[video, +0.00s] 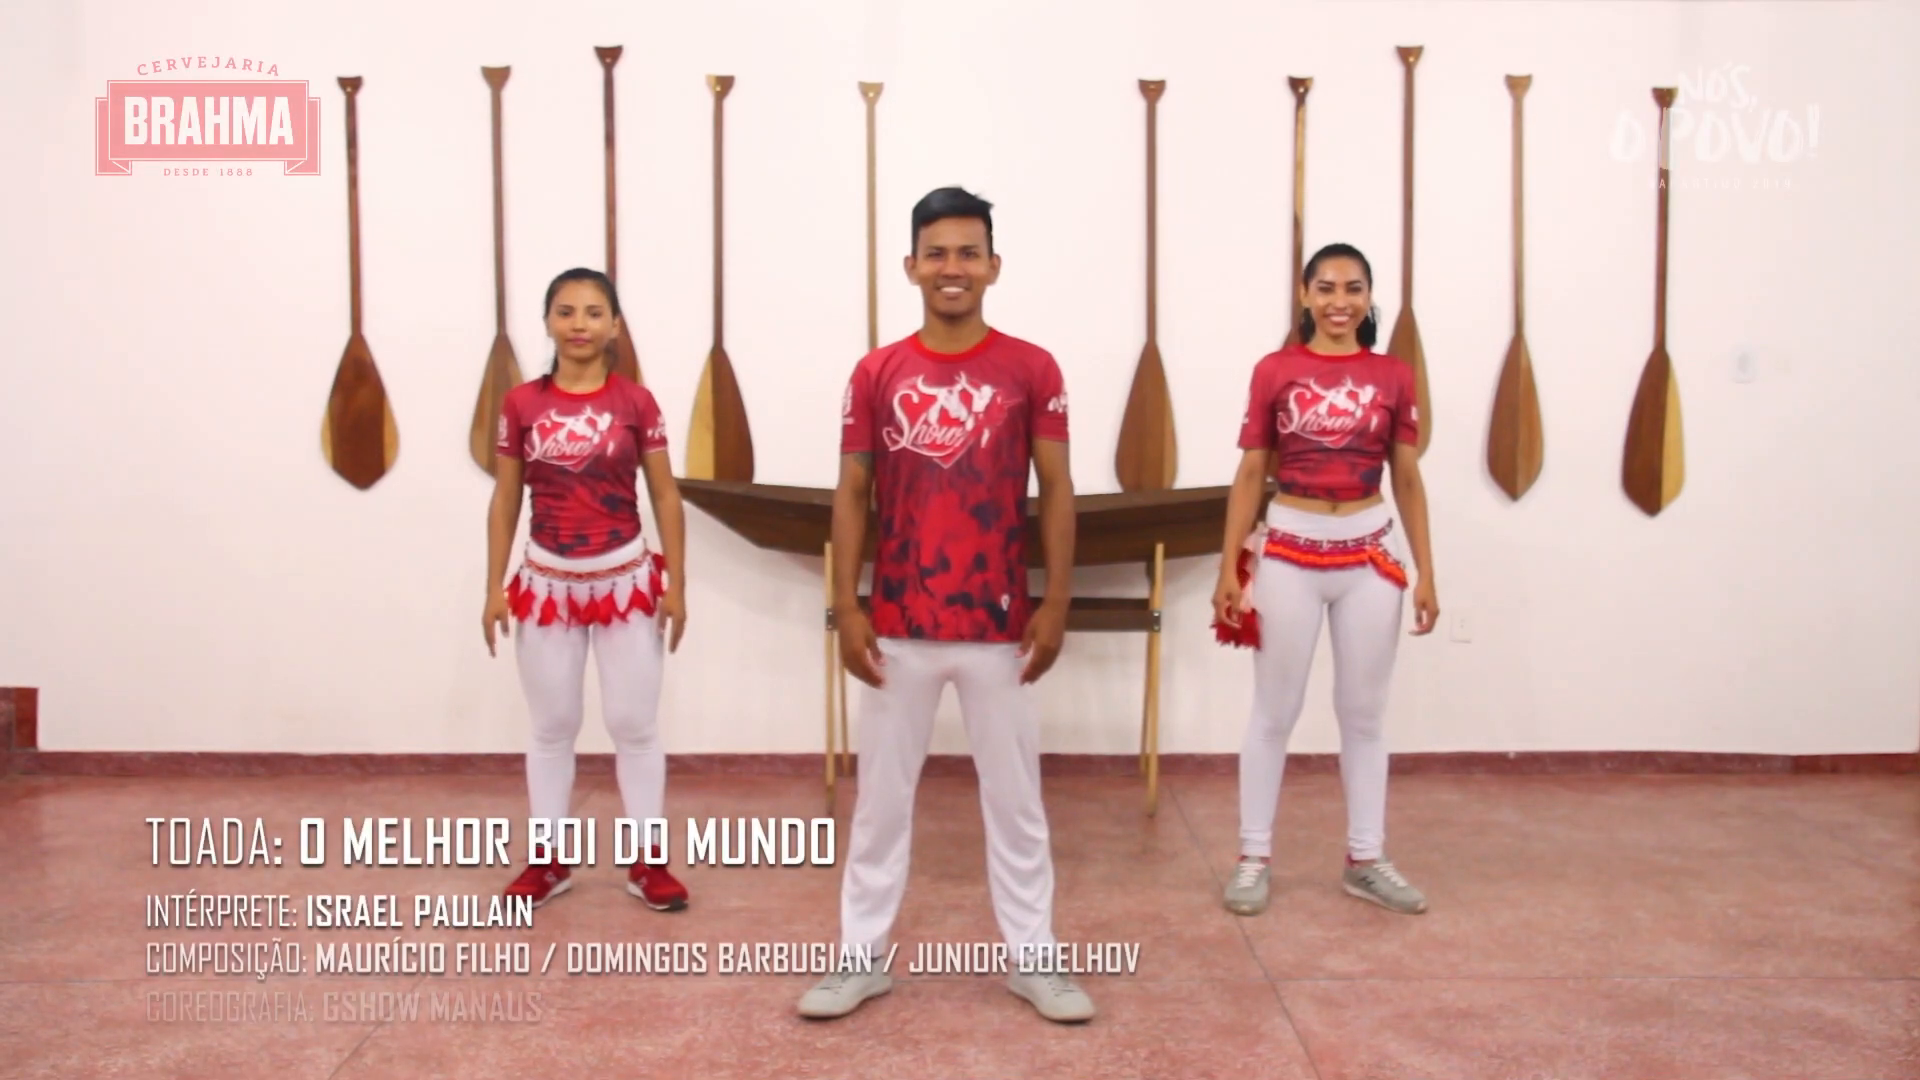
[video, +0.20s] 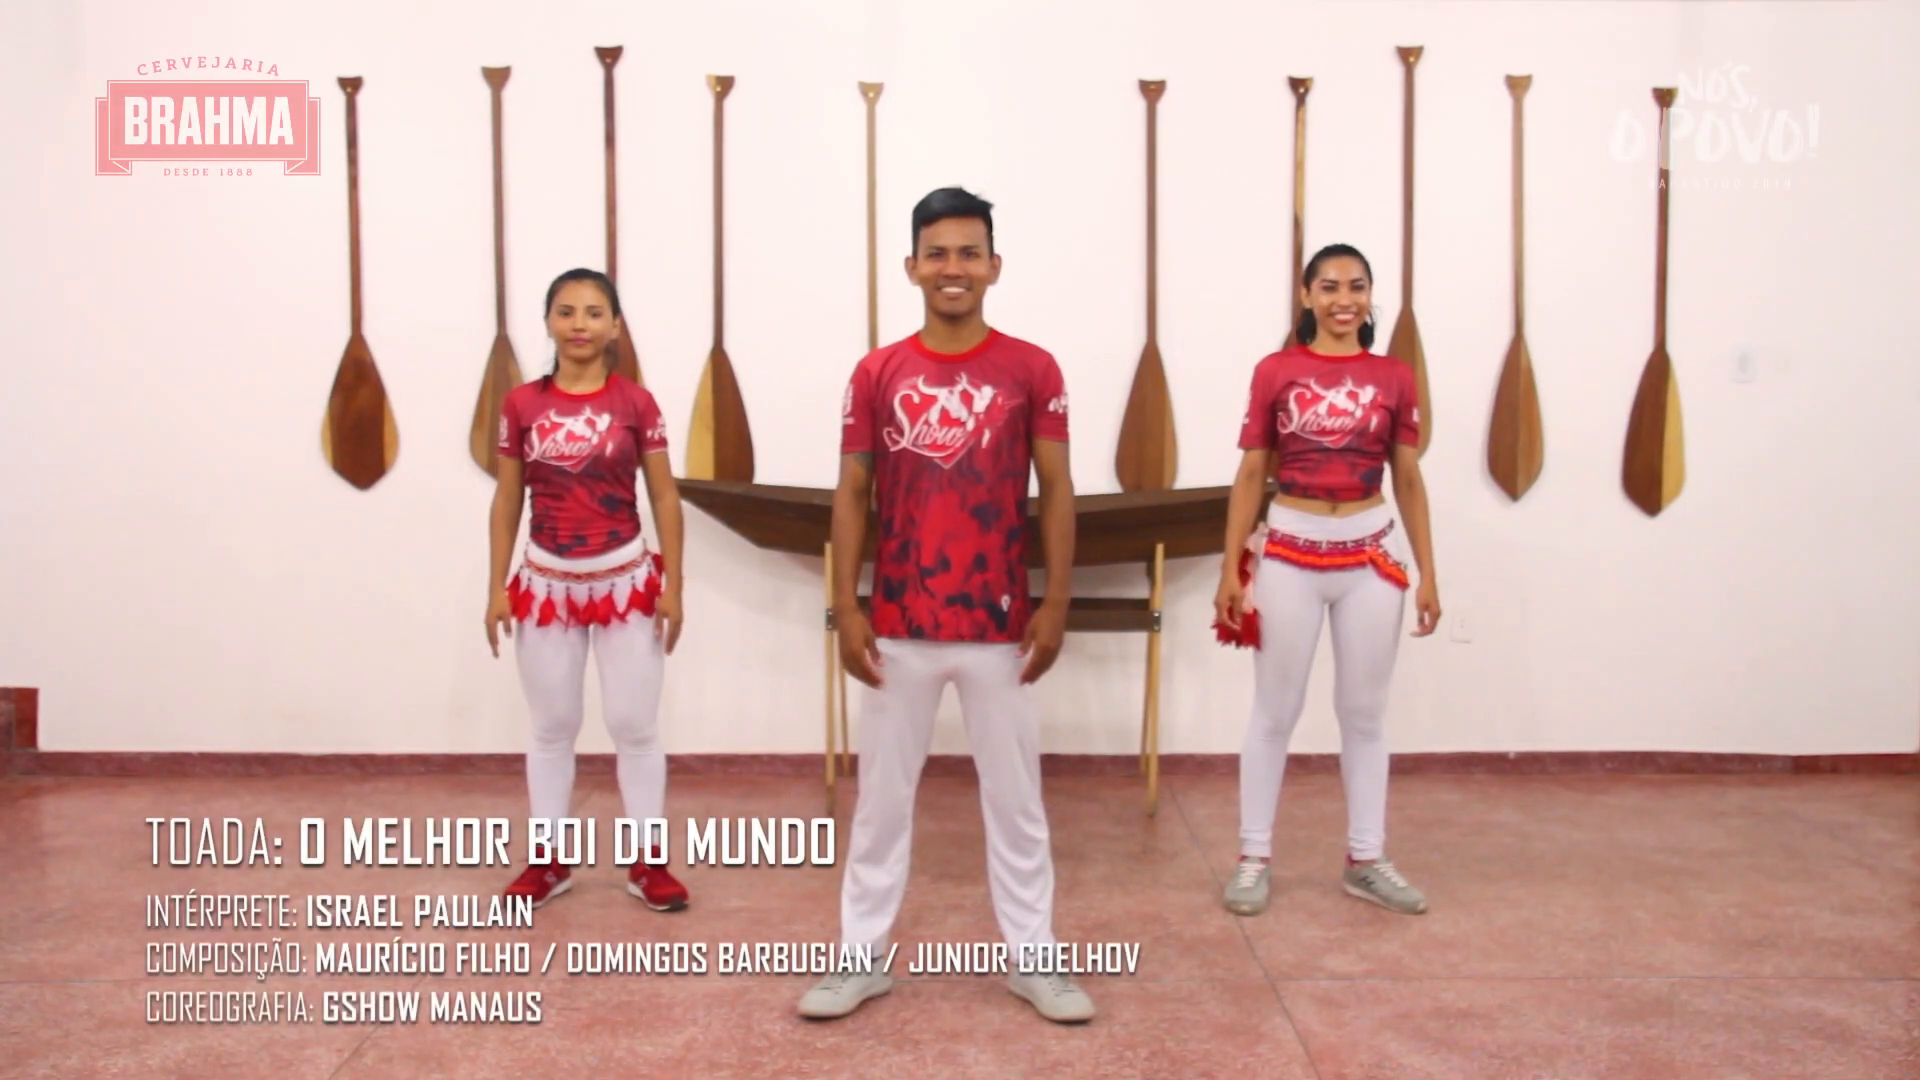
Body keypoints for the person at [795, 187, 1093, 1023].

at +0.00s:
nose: (953, 268)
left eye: (969, 253)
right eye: (937, 254)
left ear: (991, 264)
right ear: (913, 266)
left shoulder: (1031, 369)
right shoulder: (876, 374)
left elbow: (1057, 491)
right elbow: (851, 496)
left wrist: (1057, 601)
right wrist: (844, 604)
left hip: (997, 623)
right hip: (899, 622)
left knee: (1015, 800)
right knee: (881, 797)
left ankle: (1034, 955)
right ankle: (862, 954)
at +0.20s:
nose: (954, 268)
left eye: (970, 253)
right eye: (938, 254)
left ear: (992, 264)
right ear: (914, 266)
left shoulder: (1032, 370)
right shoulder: (876, 374)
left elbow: (1058, 491)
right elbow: (851, 496)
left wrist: (1056, 602)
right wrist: (843, 605)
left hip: (998, 623)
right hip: (899, 622)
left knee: (1015, 800)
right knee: (881, 796)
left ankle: (1033, 955)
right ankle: (862, 953)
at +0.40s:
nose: (954, 268)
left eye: (970, 253)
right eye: (938, 254)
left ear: (992, 264)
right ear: (914, 266)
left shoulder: (1032, 370)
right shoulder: (877, 374)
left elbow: (1057, 491)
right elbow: (852, 495)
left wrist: (1054, 603)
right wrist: (844, 604)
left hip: (997, 623)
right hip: (900, 623)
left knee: (1016, 800)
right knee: (881, 796)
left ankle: (1034, 955)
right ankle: (862, 954)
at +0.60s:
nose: (956, 269)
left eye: (971, 254)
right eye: (939, 255)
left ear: (993, 265)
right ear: (914, 266)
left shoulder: (1031, 369)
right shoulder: (876, 374)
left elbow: (1057, 490)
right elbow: (851, 494)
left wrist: (1055, 602)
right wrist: (844, 604)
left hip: (998, 623)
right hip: (899, 623)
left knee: (1016, 799)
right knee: (881, 796)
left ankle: (1033, 955)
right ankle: (863, 953)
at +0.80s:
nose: (958, 269)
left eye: (973, 255)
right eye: (942, 256)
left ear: (994, 267)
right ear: (916, 266)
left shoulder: (1032, 370)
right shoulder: (876, 374)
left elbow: (1057, 490)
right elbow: (850, 494)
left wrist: (1057, 600)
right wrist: (843, 603)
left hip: (998, 624)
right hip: (900, 623)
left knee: (1016, 799)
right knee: (881, 796)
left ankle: (1034, 954)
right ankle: (862, 953)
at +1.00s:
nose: (962, 270)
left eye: (977, 255)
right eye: (946, 256)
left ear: (998, 266)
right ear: (919, 267)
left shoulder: (1034, 371)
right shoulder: (879, 373)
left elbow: (1058, 492)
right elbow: (852, 494)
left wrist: (1059, 601)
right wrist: (845, 605)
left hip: (999, 624)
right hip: (901, 623)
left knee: (1016, 799)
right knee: (881, 796)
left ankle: (1033, 954)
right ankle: (863, 953)